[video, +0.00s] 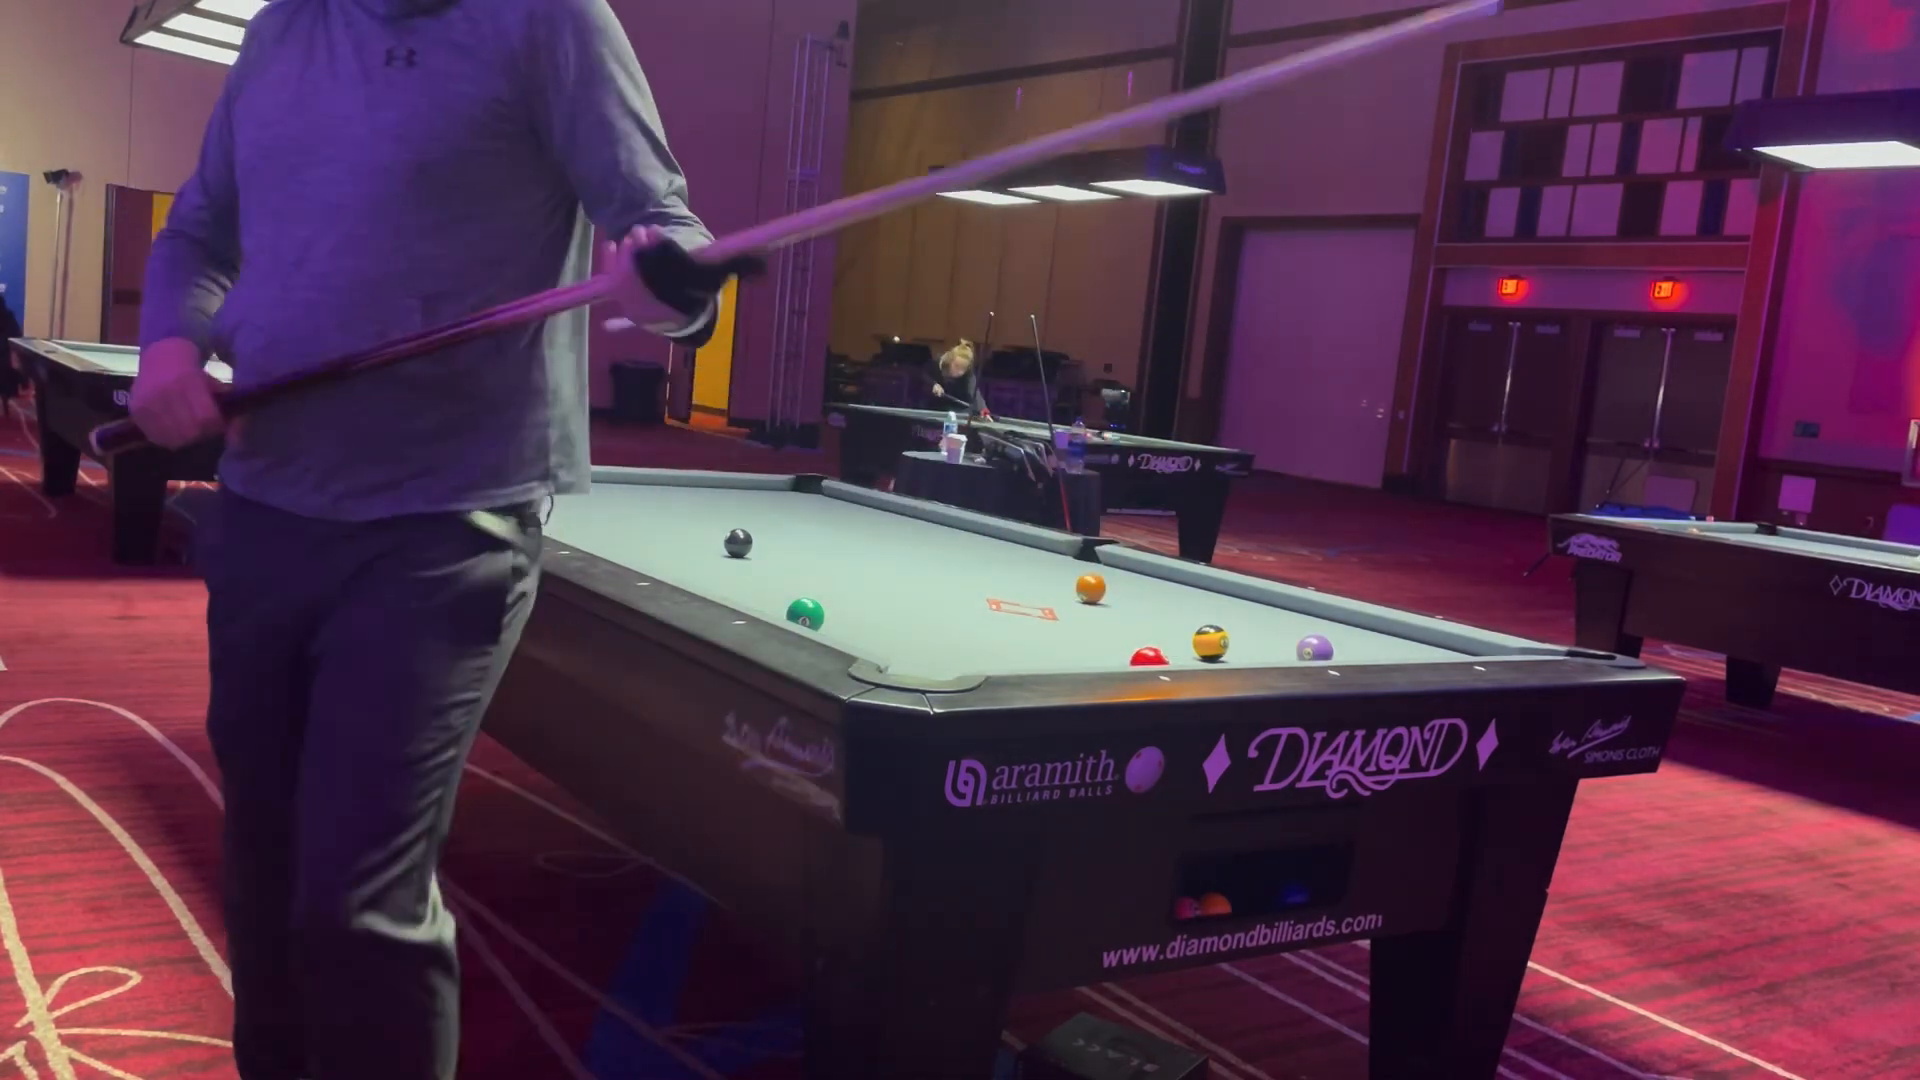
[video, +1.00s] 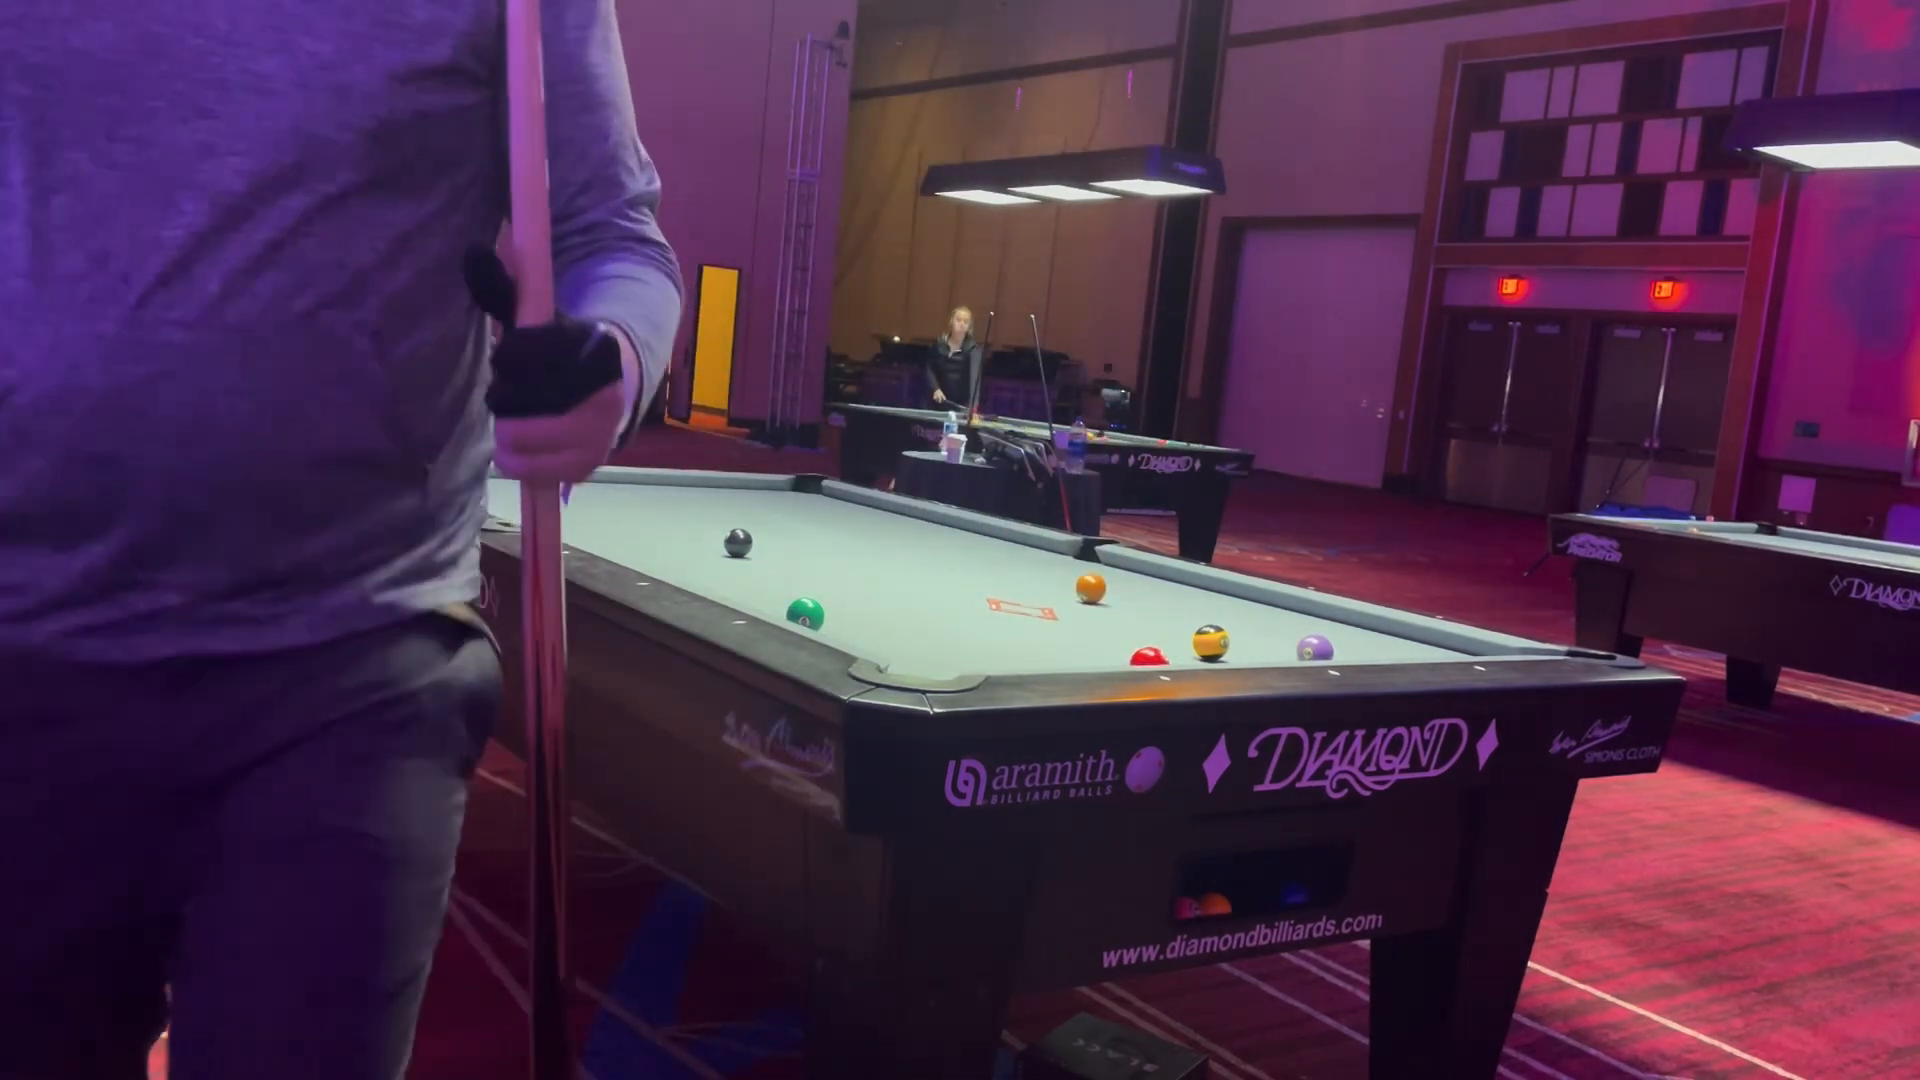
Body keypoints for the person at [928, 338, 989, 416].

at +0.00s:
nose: (959, 371)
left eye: (962, 368)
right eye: (956, 366)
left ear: (967, 369)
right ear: (950, 361)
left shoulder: (968, 378)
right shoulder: (935, 368)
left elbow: (975, 394)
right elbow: (923, 375)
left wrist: (983, 410)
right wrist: (933, 385)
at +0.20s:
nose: (961, 367)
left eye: (965, 364)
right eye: (958, 362)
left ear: (969, 365)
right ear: (951, 358)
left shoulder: (969, 374)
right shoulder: (937, 366)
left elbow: (976, 390)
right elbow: (925, 377)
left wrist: (985, 411)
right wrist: (937, 390)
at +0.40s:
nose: (962, 359)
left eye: (966, 356)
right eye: (959, 354)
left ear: (970, 357)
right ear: (952, 351)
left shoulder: (972, 370)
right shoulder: (939, 363)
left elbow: (979, 392)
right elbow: (929, 379)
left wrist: (986, 412)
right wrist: (940, 392)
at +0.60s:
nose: (962, 346)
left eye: (966, 343)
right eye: (959, 341)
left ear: (970, 345)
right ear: (952, 339)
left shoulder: (973, 362)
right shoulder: (938, 355)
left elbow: (979, 388)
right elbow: (929, 375)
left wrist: (983, 411)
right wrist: (940, 391)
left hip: (963, 411)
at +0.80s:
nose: (962, 334)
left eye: (966, 331)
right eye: (959, 329)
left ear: (971, 334)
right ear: (952, 329)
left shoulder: (973, 353)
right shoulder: (939, 348)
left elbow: (977, 381)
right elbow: (929, 371)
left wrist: (978, 408)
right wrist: (938, 389)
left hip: (963, 407)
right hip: (938, 404)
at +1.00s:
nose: (961, 324)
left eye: (965, 322)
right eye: (958, 320)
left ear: (969, 326)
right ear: (951, 321)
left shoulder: (973, 349)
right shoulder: (938, 345)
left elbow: (974, 379)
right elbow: (929, 368)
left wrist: (973, 406)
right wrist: (936, 389)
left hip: (963, 403)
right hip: (939, 401)